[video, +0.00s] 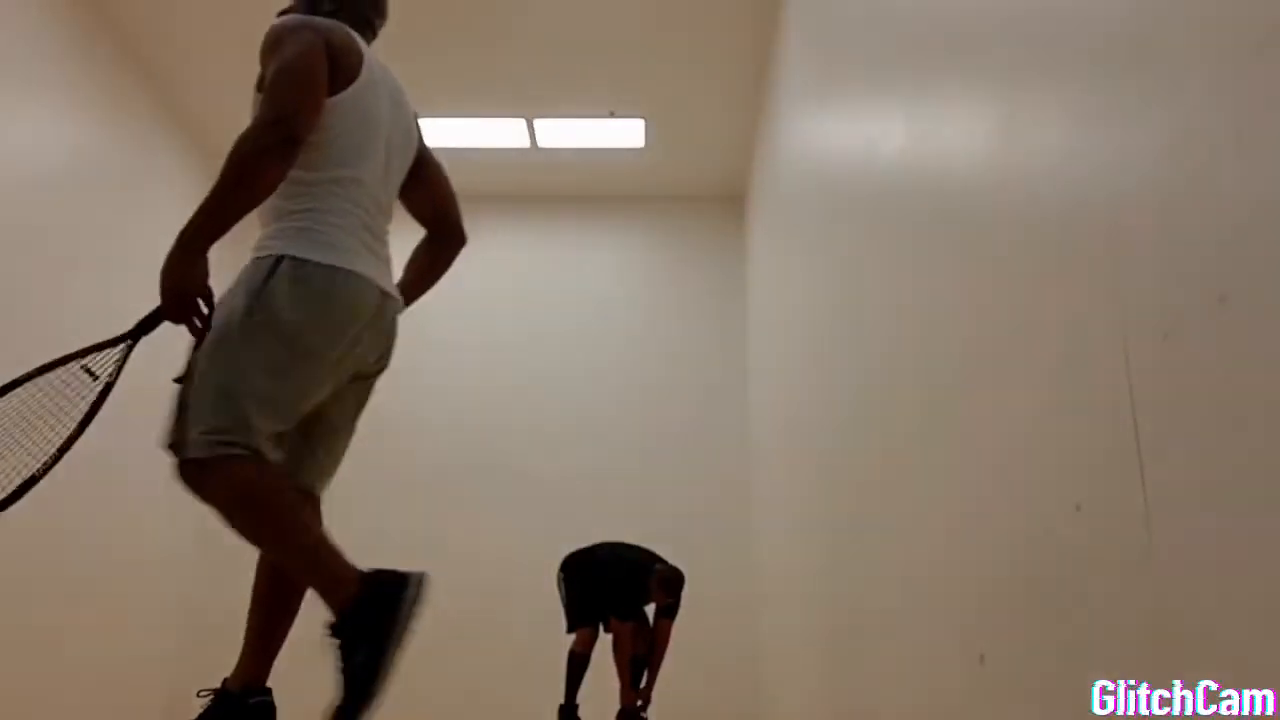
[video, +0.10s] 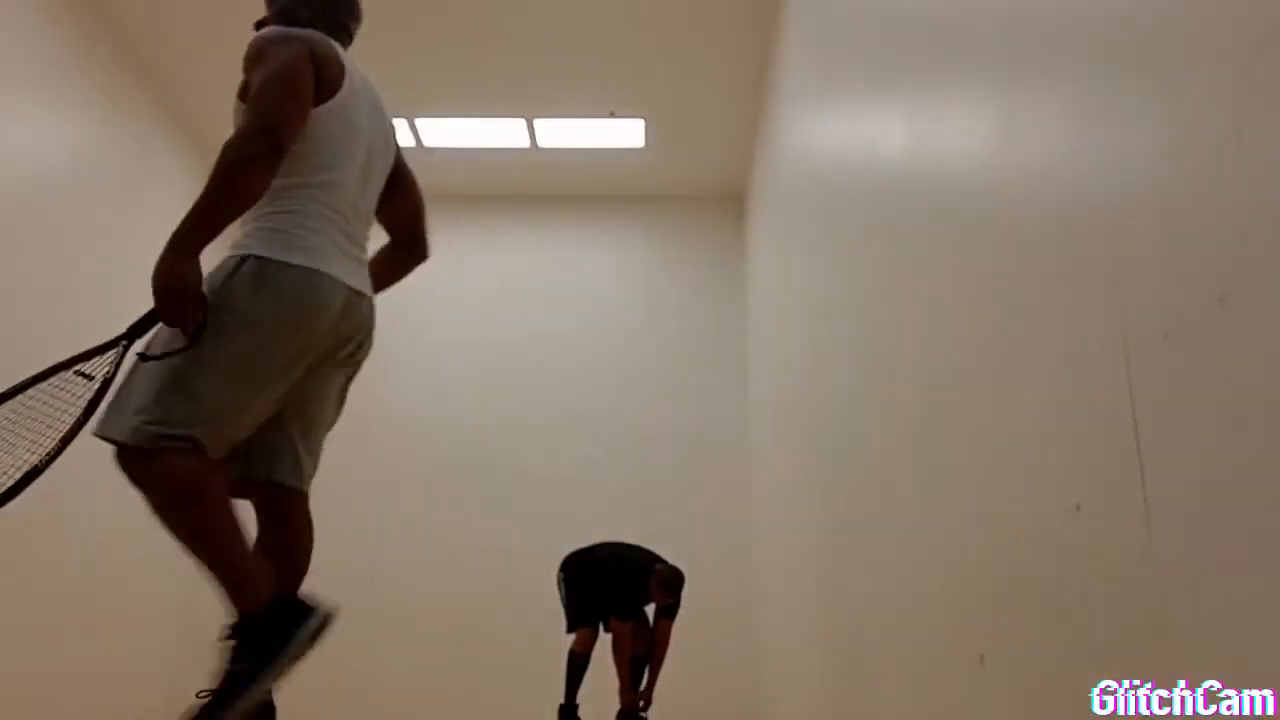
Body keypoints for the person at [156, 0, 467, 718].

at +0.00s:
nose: (281, 24)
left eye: (287, 17)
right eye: (284, 21)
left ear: (311, 7)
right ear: (370, 23)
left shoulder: (304, 32)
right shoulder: (393, 105)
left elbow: (283, 129)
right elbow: (448, 230)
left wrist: (189, 247)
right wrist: (389, 305)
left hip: (302, 276)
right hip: (372, 309)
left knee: (207, 449)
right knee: (295, 499)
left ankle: (356, 598)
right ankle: (247, 689)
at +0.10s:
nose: (261, 26)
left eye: (266, 19)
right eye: (263, 21)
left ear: (285, 15)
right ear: (349, 28)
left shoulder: (285, 43)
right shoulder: (371, 112)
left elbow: (269, 135)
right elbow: (412, 242)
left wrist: (181, 249)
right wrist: (334, 294)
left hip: (278, 277)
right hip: (349, 307)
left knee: (150, 440)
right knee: (279, 482)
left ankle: (269, 615)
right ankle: (248, 694)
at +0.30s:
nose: (212, 34)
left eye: (218, 22)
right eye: (215, 23)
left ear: (243, 21)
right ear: (298, 37)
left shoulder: (239, 60)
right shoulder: (333, 133)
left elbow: (230, 158)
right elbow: (321, 248)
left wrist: (170, 272)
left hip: (234, 287)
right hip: (312, 311)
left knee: (105, 463)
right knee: (262, 494)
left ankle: (23, 670)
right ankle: (244, 690)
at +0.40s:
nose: (182, 30)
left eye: (192, 17)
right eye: (186, 17)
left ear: (219, 22)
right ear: (266, 39)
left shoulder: (211, 66)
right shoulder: (302, 133)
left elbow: (210, 164)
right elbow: (274, 236)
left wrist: (153, 276)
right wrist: (159, 259)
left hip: (209, 291)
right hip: (286, 314)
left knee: (86, 481)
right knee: (246, 493)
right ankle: (242, 687)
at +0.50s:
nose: (142, 23)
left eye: (156, 11)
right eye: (149, 12)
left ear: (183, 21)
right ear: (230, 37)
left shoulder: (179, 68)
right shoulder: (259, 121)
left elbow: (184, 170)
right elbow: (235, 232)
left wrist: (117, 284)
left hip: (178, 293)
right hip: (258, 311)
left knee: (66, 478)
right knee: (222, 492)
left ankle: (19, 674)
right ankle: (240, 679)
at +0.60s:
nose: (102, 23)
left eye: (115, 13)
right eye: (106, 11)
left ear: (147, 20)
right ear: (190, 33)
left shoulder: (142, 68)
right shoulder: (207, 110)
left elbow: (150, 174)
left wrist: (87, 282)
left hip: (140, 297)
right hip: (214, 310)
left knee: (63, 495)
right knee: (188, 497)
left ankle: (23, 683)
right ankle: (233, 658)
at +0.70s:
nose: (58, 13)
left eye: (73, 2)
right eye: (65, 1)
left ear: (105, 11)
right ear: (150, 23)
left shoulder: (99, 62)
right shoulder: (173, 110)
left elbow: (111, 169)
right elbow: (169, 225)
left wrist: (42, 284)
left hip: (100, 296)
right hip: (165, 312)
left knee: (42, 497)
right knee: (116, 498)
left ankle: (21, 681)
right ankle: (197, 623)